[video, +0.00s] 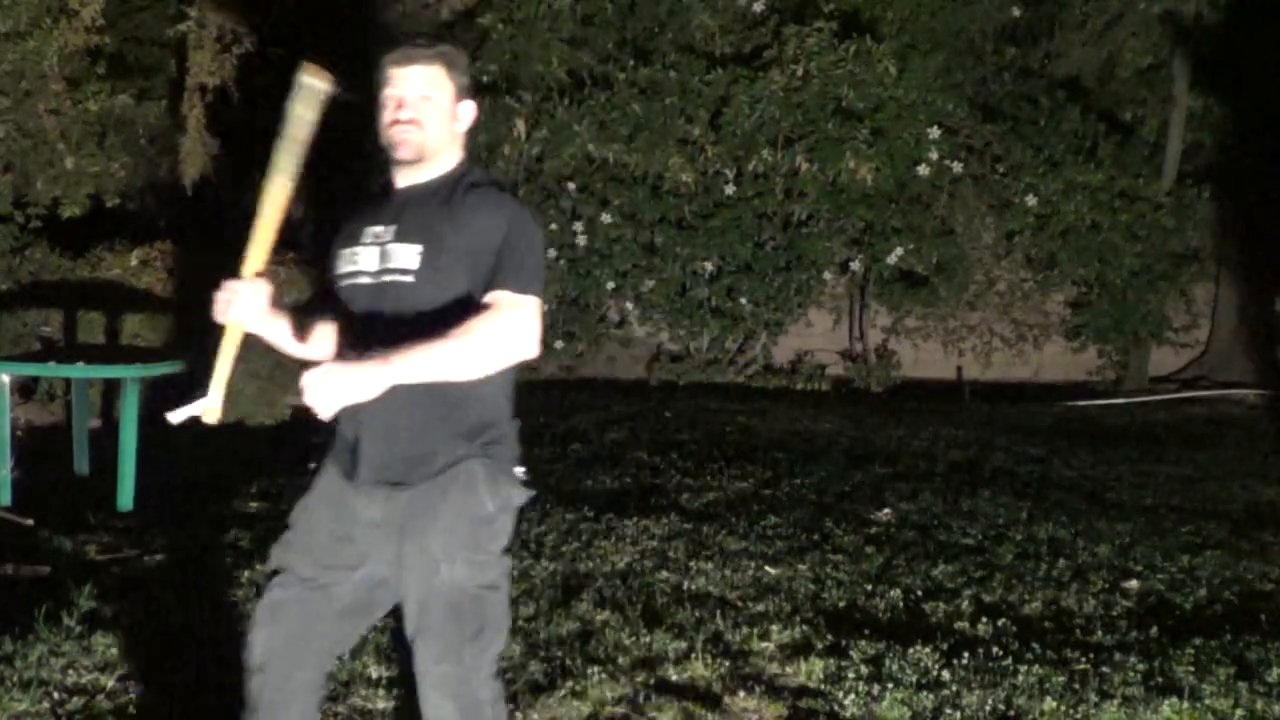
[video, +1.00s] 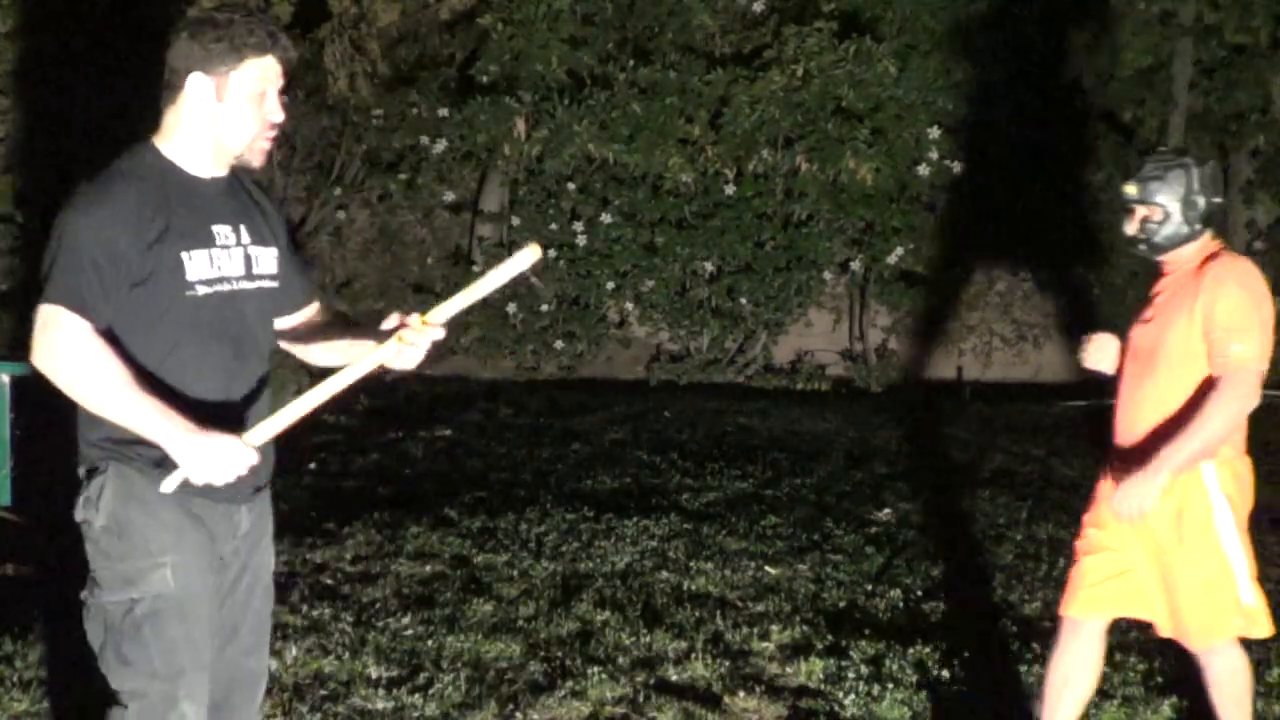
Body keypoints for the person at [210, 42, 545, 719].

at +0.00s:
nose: (398, 112)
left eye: (420, 99)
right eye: (388, 100)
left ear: (464, 114)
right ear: (375, 115)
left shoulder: (501, 218)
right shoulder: (359, 226)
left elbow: (516, 333)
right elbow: (336, 341)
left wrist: (373, 373)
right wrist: (269, 320)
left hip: (459, 480)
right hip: (353, 481)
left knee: (455, 688)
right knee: (278, 657)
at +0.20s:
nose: (314, 114)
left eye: (335, 100)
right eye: (299, 100)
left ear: (368, 117)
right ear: (278, 116)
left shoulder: (409, 225)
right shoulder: (249, 224)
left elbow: (464, 340)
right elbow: (191, 330)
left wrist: (375, 400)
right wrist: (112, 365)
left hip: (364, 496)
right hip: (251, 491)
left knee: (384, 690)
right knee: (193, 674)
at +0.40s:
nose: (285, 106)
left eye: (296, 90)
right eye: (263, 88)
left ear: (308, 100)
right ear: (218, 97)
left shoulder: (346, 210)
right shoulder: (159, 211)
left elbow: (416, 315)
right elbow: (86, 330)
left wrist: (411, 409)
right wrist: (58, 446)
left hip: (309, 483)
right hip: (184, 482)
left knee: (294, 680)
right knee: (168, 679)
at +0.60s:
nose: (279, 117)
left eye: (286, 99)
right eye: (259, 96)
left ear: (292, 101)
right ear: (203, 96)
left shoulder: (308, 213)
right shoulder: (125, 210)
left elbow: (352, 323)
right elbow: (69, 340)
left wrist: (375, 403)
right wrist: (88, 459)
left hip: (268, 511)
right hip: (146, 509)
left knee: (241, 703)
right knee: (136, 701)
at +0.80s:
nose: (280, 126)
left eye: (284, 109)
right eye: (264, 105)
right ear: (203, 98)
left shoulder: (285, 216)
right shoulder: (120, 203)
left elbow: (315, 339)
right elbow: (48, 338)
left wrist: (351, 399)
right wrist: (129, 448)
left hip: (258, 507)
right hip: (146, 502)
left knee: (232, 700)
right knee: (123, 698)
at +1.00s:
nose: (281, 116)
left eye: (281, 95)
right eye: (267, 93)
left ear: (221, 95)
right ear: (206, 91)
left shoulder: (254, 209)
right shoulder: (114, 206)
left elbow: (304, 329)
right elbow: (57, 342)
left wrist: (377, 347)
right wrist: (183, 437)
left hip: (246, 493)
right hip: (146, 496)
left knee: (235, 706)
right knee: (165, 705)